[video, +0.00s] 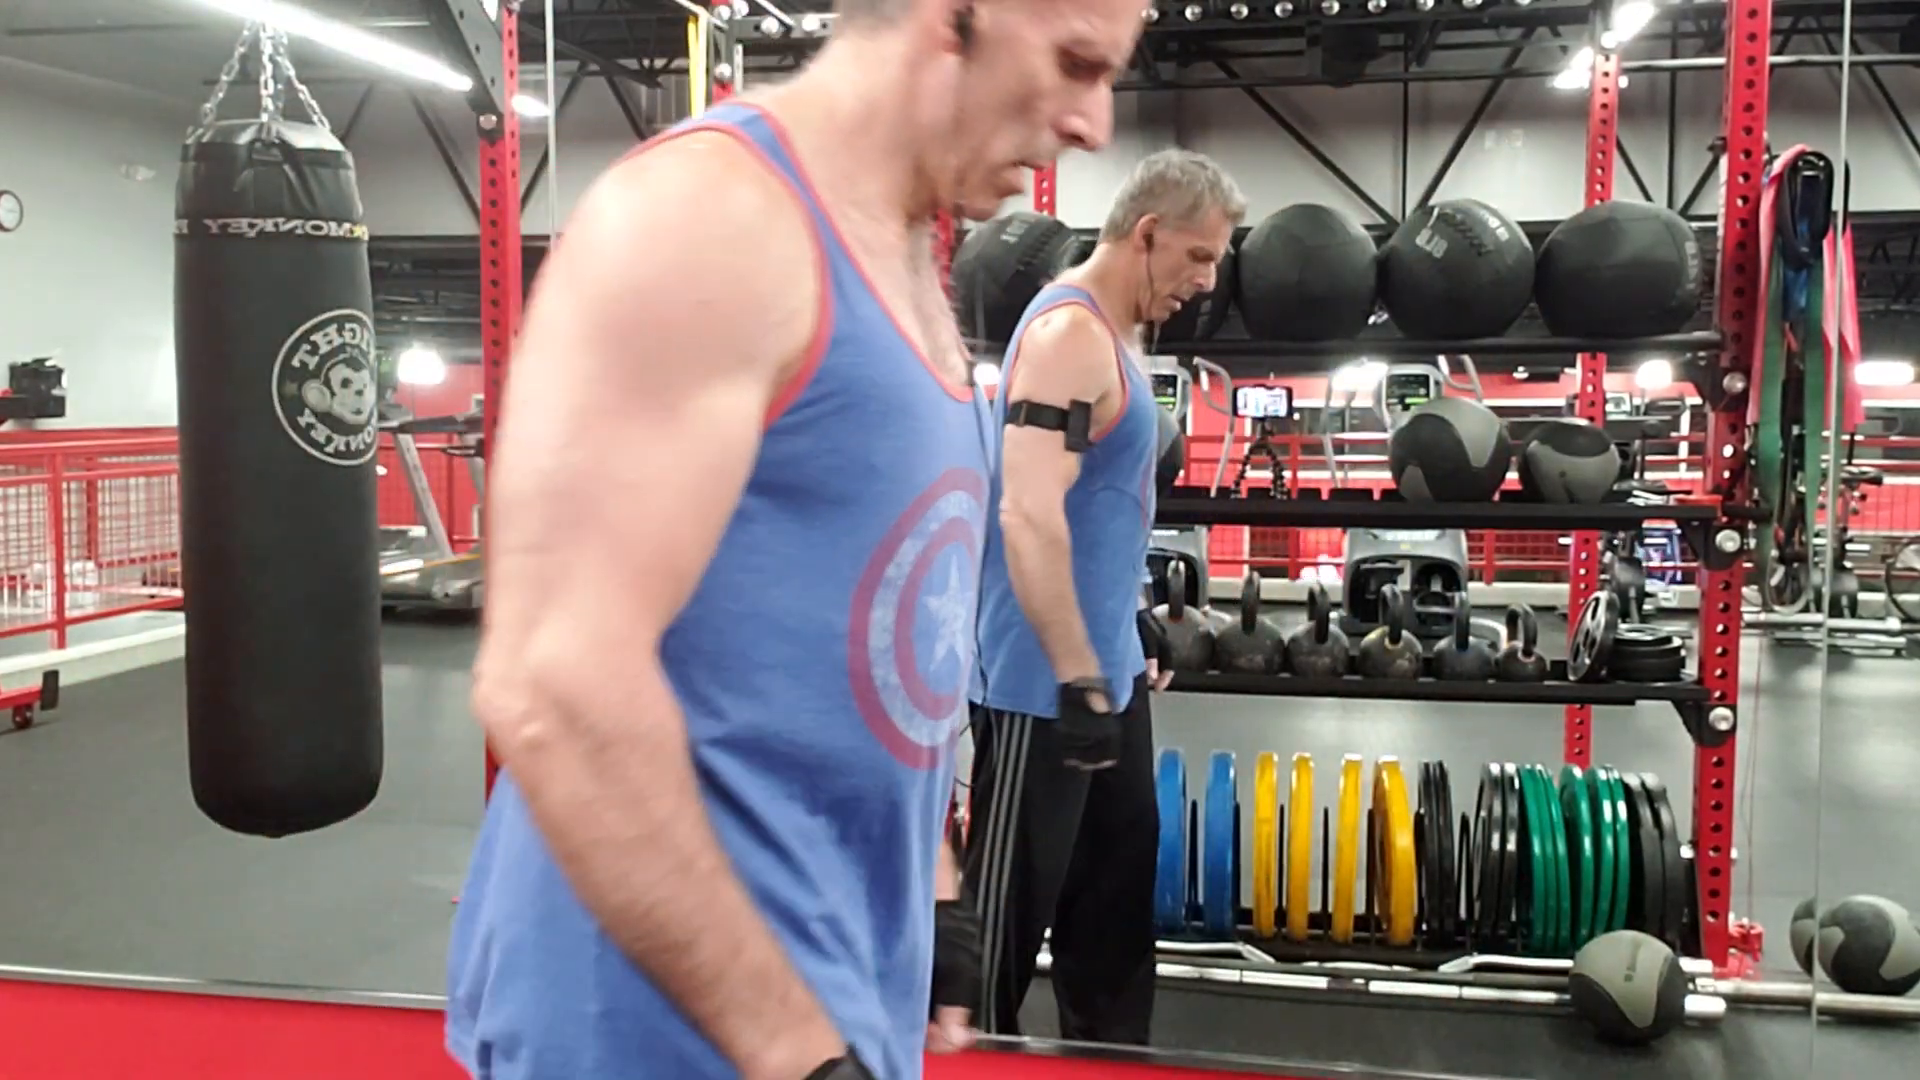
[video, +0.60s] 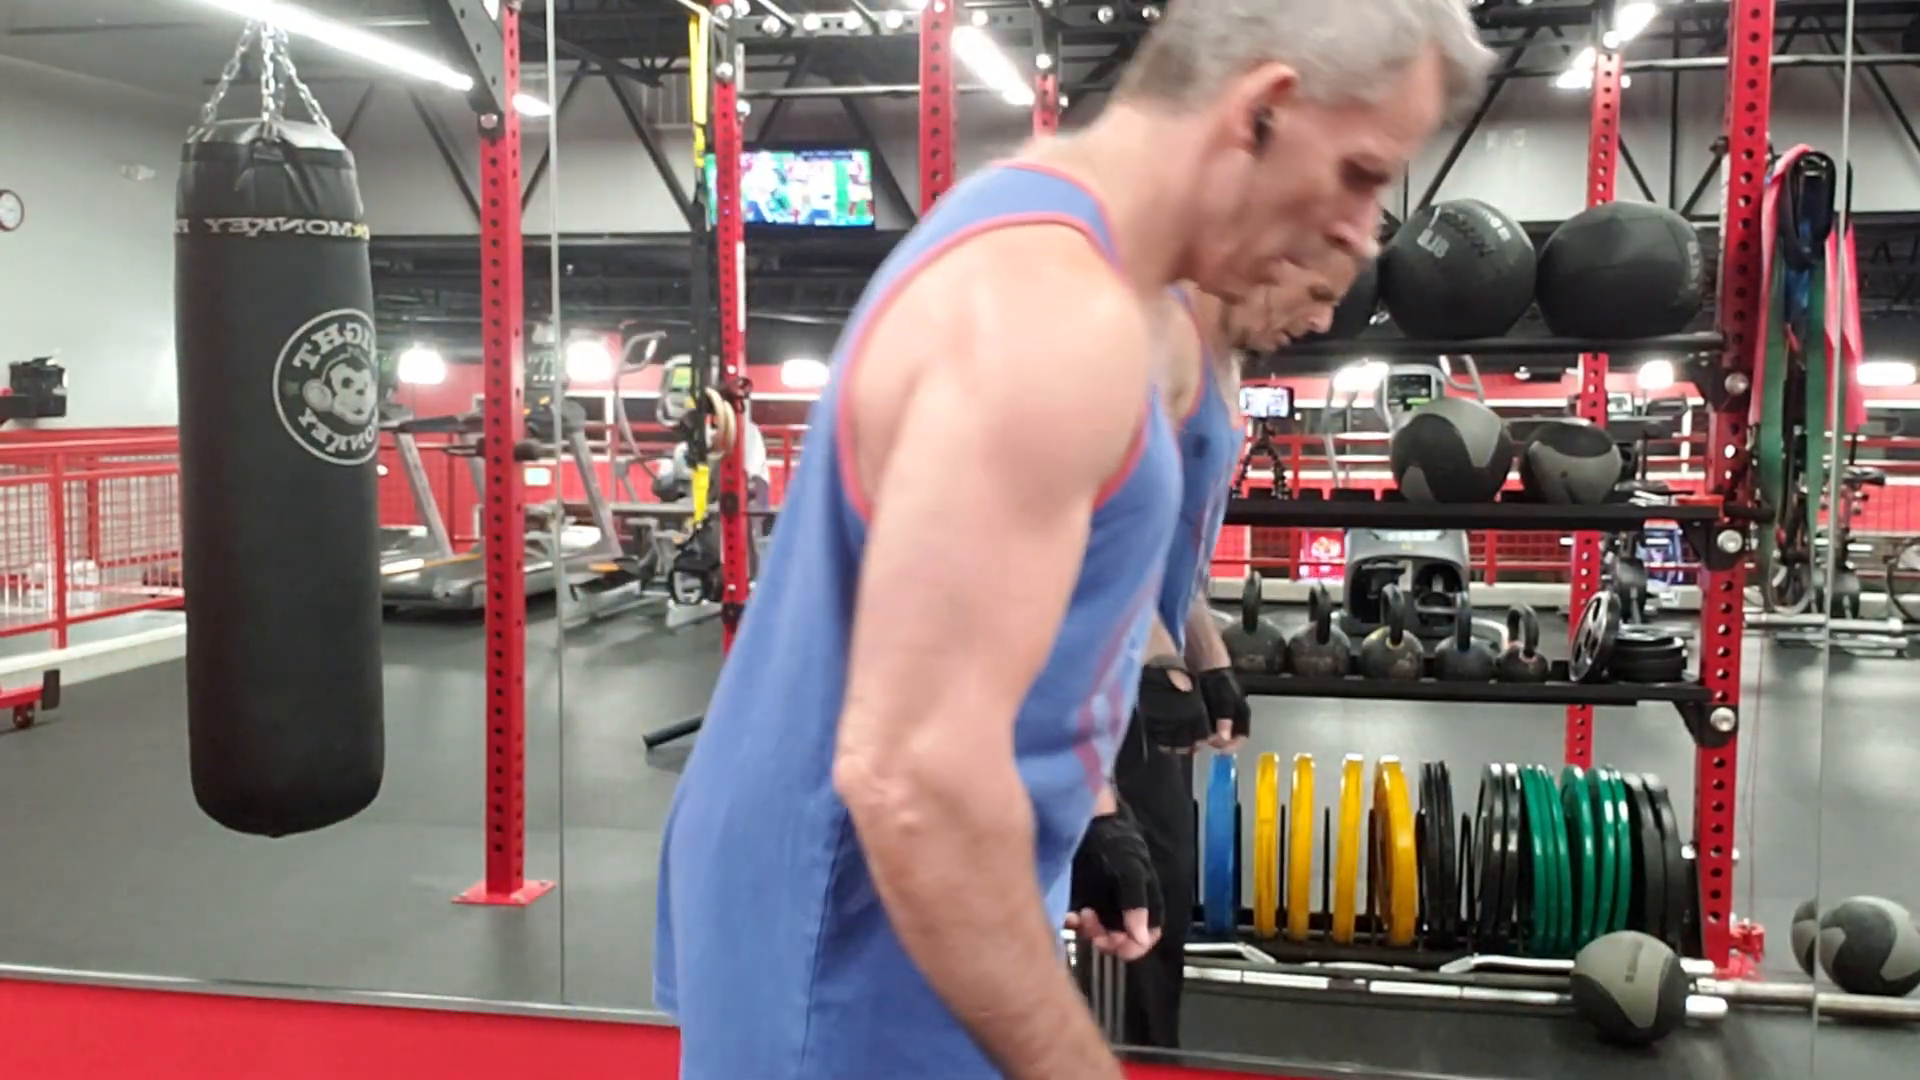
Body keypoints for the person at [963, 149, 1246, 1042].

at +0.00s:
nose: (1206, 282)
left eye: (1216, 263)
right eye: (1199, 257)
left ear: (1153, 240)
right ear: (1145, 234)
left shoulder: (1107, 331)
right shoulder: (1069, 330)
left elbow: (1092, 521)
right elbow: (1030, 513)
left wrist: (1131, 644)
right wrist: (1081, 676)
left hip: (1111, 688)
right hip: (1040, 694)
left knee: (1112, 936)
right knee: (1001, 931)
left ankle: (1109, 1068)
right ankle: (967, 1063)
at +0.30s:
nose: (1255, 299)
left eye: (1266, 280)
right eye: (1249, 273)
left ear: (1209, 256)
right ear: (1195, 245)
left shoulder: (1163, 344)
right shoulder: (1098, 331)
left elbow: (1137, 521)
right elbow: (1048, 512)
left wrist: (1158, 662)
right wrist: (1100, 673)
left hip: (1144, 704)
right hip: (1079, 708)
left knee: (1131, 959)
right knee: (1031, 949)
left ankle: (1134, 1062)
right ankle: (979, 1054)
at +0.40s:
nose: (1278, 307)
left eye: (1289, 289)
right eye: (1273, 281)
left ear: (1230, 263)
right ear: (1218, 249)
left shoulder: (1186, 358)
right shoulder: (1118, 328)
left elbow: (1159, 537)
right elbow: (1056, 515)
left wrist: (1185, 670)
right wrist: (1134, 664)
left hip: (1153, 695)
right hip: (1096, 700)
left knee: (1154, 912)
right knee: (1125, 914)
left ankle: (1144, 1057)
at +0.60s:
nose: (1317, 322)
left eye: (1331, 306)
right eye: (1315, 294)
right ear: (1263, 264)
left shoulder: (1217, 370)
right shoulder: (1170, 351)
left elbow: (1178, 553)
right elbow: (1122, 554)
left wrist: (1214, 663)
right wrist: (1159, 670)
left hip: (1164, 687)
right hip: (1125, 691)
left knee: (1173, 887)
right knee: (1154, 888)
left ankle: (1154, 1053)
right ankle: (1142, 1055)